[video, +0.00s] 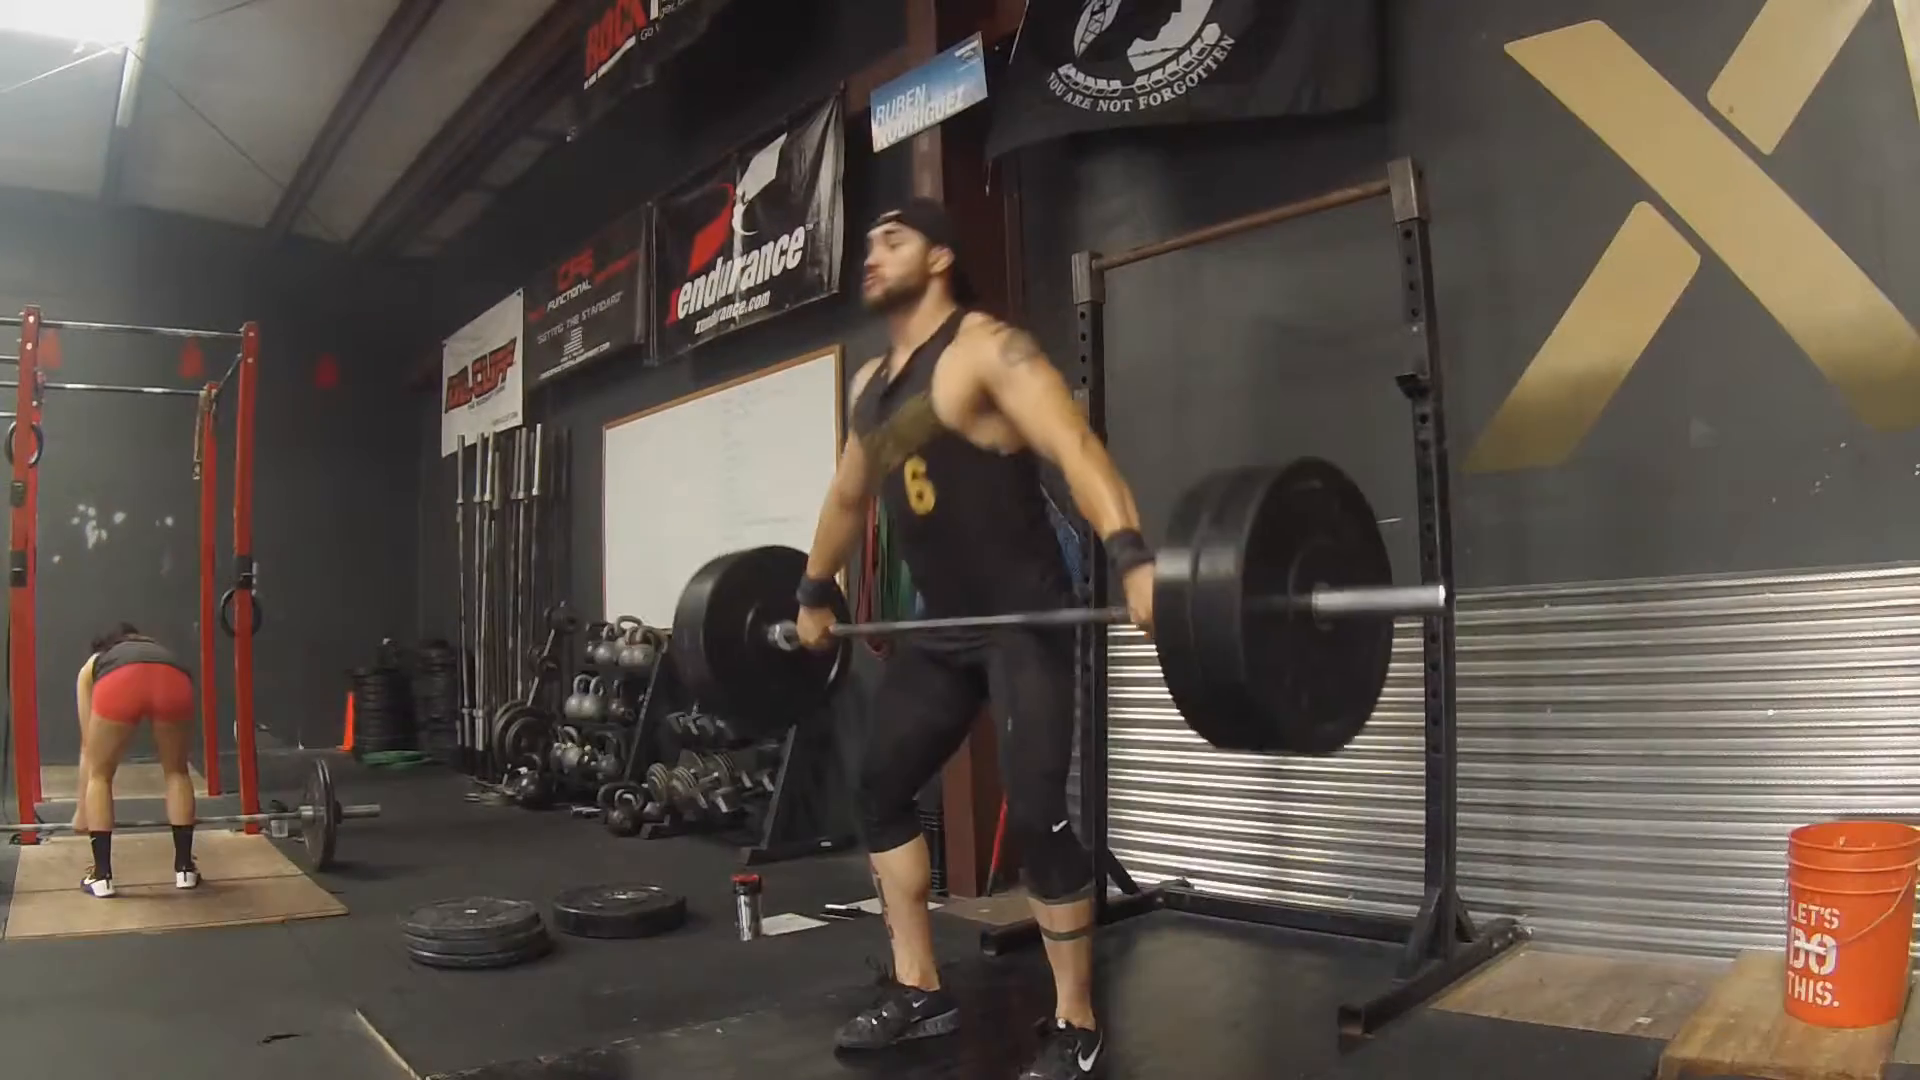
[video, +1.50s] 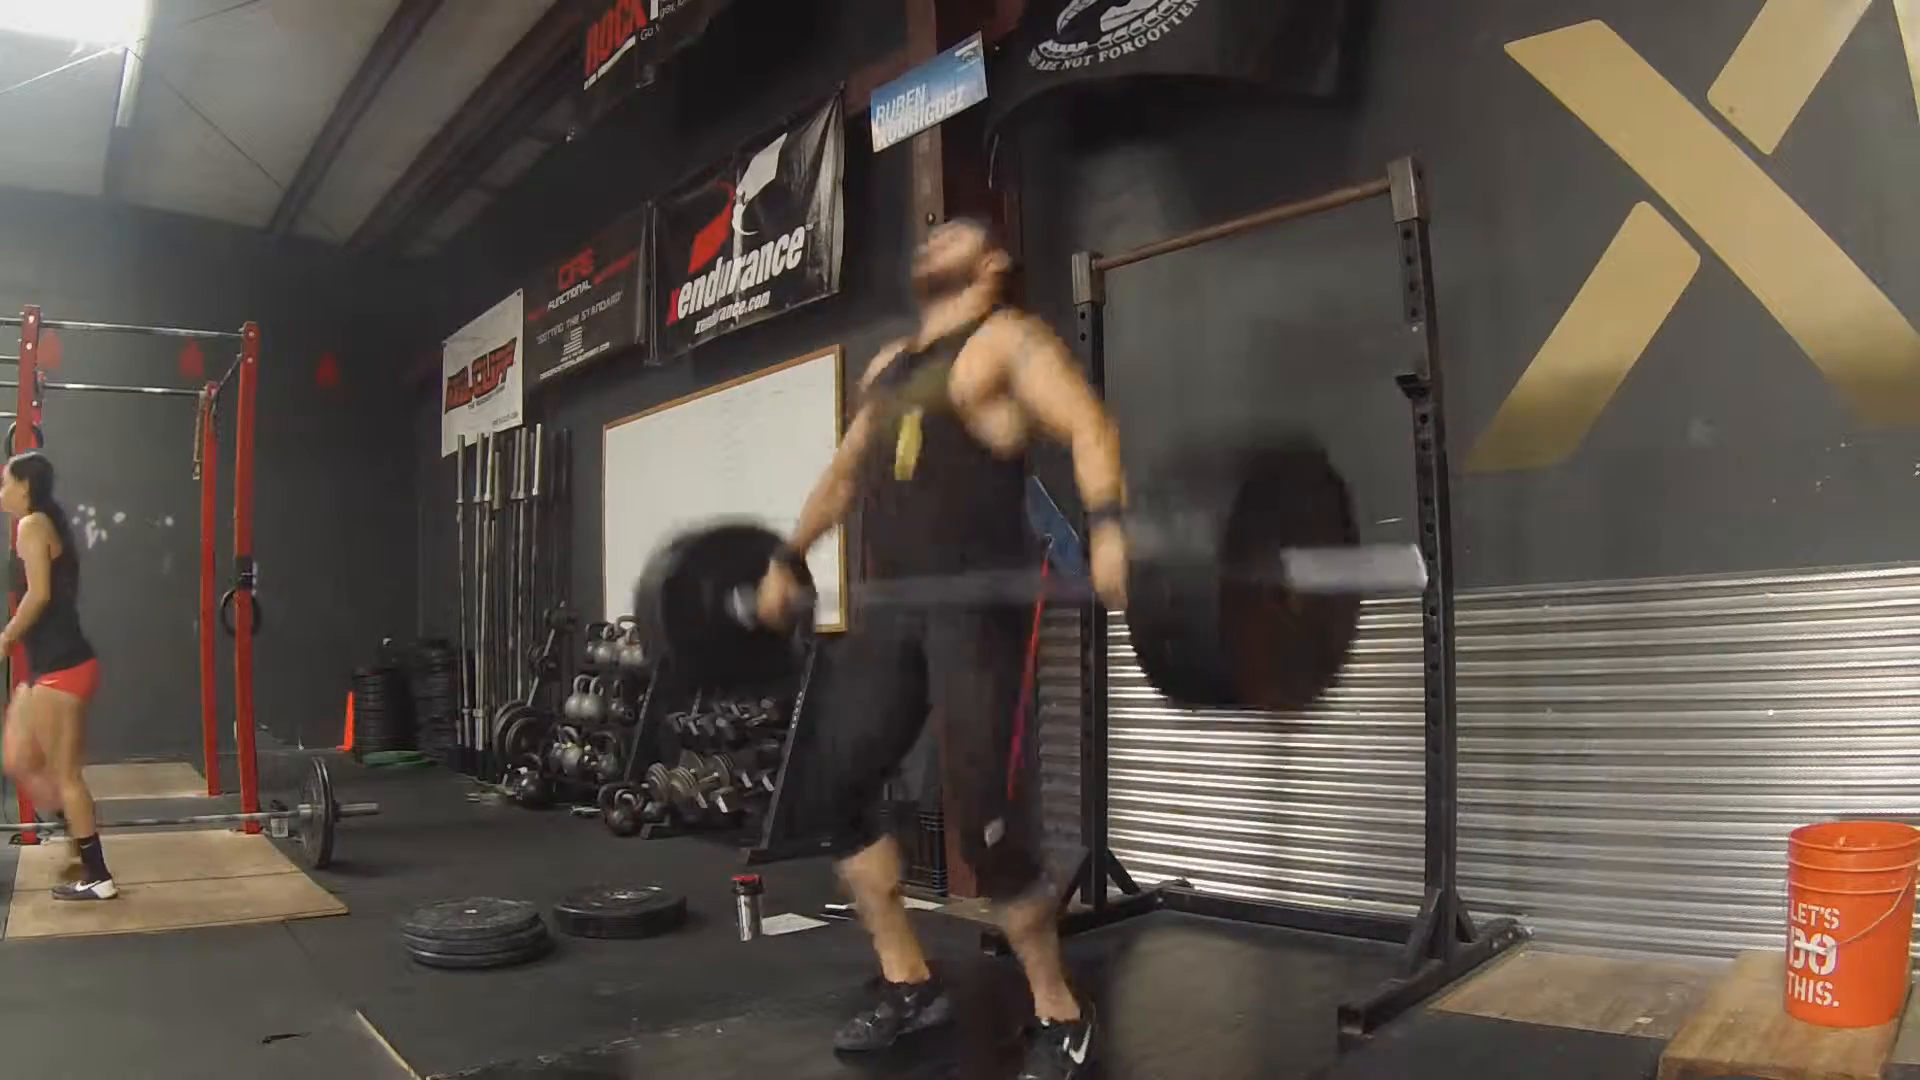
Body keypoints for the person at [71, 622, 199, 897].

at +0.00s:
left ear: (101, 648)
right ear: (136, 639)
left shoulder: (90, 668)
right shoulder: (161, 653)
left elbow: (88, 744)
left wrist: (82, 809)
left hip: (118, 682)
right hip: (173, 680)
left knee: (99, 775)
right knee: (177, 771)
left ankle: (102, 875)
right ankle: (184, 867)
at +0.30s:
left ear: (107, 644)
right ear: (142, 640)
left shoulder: (91, 668)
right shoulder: (161, 654)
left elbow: (89, 745)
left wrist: (82, 809)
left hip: (116, 682)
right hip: (170, 679)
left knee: (98, 774)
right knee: (176, 770)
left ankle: (102, 875)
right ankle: (185, 866)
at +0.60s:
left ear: (98, 628)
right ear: (132, 621)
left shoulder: (88, 647)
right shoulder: (153, 634)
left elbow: (86, 725)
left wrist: (80, 803)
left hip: (123, 679)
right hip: (175, 677)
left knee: (106, 775)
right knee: (179, 771)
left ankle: (102, 875)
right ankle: (185, 867)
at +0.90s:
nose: (66, 551)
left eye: (69, 544)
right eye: (67, 543)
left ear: (82, 545)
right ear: (107, 544)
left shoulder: (72, 580)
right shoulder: (130, 573)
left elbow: (70, 646)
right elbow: (151, 636)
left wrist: (65, 708)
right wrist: (152, 709)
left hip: (133, 668)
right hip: (177, 663)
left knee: (99, 770)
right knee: (171, 768)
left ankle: (100, 874)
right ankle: (185, 865)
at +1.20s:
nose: (36, 501)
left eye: (40, 494)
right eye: (38, 493)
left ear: (57, 498)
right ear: (71, 498)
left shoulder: (45, 535)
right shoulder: (87, 532)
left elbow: (46, 607)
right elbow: (99, 597)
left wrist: (36, 667)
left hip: (89, 665)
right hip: (125, 659)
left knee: (79, 773)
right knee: (124, 759)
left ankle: (97, 876)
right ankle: (172, 847)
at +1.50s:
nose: (2, 492)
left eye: (6, 484)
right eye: (3, 484)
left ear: (25, 487)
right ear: (32, 486)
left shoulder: (32, 525)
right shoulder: (44, 524)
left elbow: (39, 595)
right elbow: (45, 595)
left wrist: (6, 637)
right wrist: (15, 635)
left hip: (61, 668)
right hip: (53, 666)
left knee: (65, 772)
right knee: (19, 759)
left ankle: (96, 873)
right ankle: (81, 839)